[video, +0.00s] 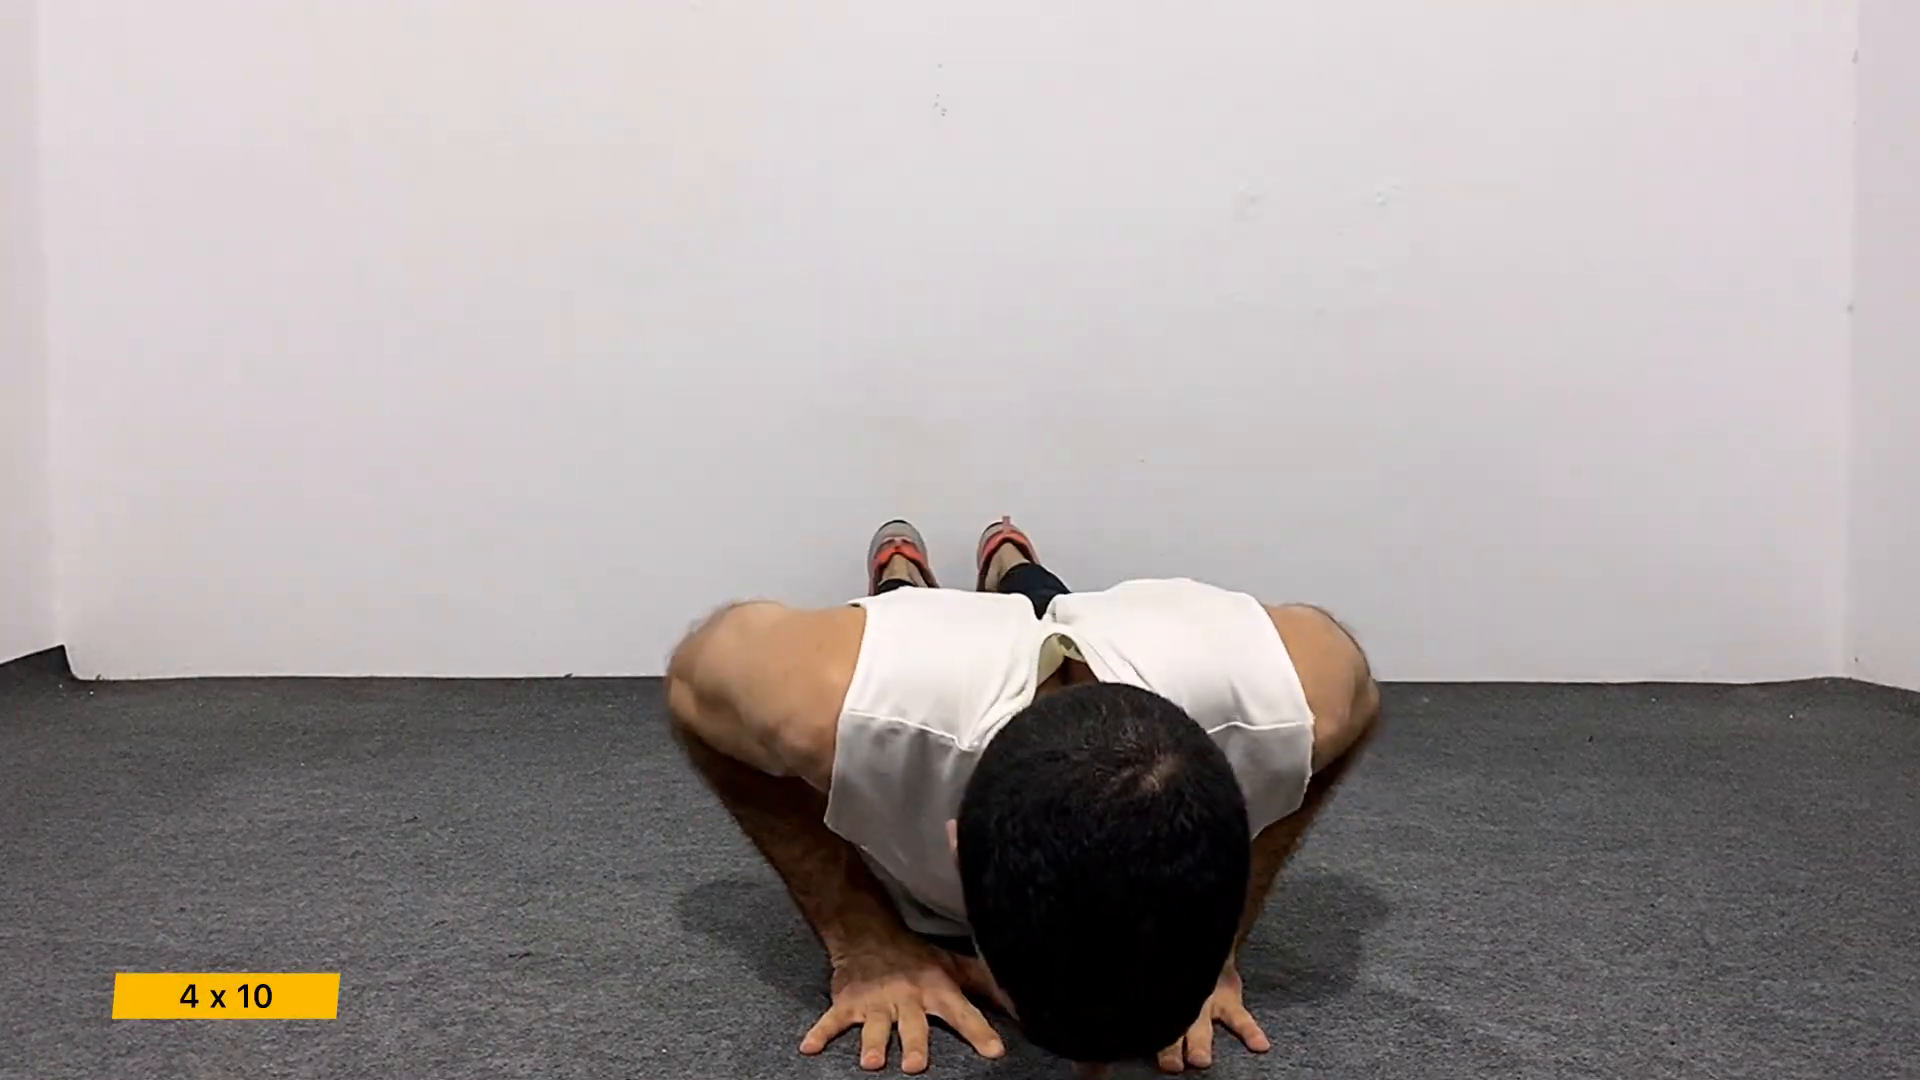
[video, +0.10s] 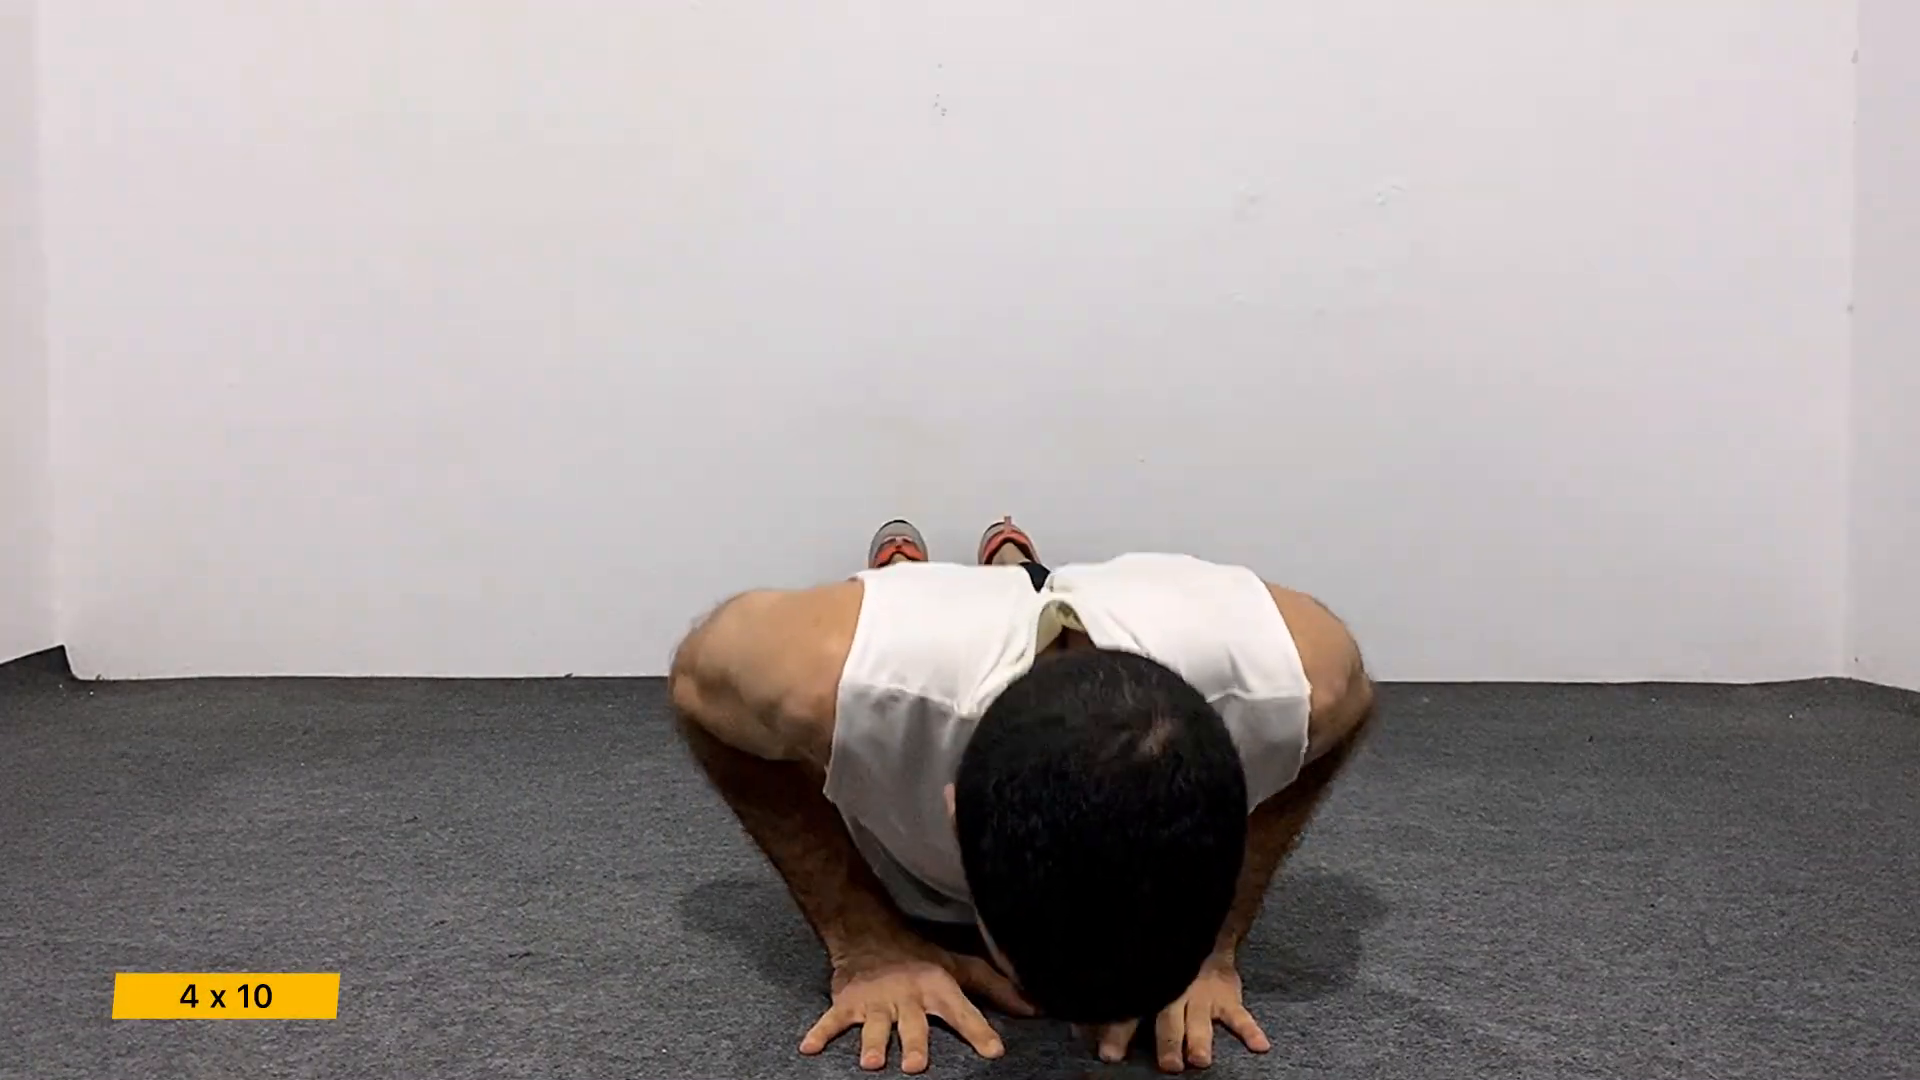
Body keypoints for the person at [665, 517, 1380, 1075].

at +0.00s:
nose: (1095, 1072)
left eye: (1134, 1052)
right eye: (1062, 1048)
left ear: (1235, 875)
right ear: (964, 852)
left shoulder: (1301, 694)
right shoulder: (835, 703)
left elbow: (1356, 695)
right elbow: (698, 679)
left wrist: (1225, 939)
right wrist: (857, 931)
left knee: (1055, 624)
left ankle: (1019, 576)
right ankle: (904, 590)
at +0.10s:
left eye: (1122, 1018)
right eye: (1032, 999)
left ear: (1234, 808)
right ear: (956, 804)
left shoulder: (1303, 679)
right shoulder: (827, 680)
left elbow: (1347, 712)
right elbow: (702, 682)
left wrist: (1217, 947)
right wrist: (862, 939)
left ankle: (1012, 567)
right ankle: (897, 569)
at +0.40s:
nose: (1075, 633)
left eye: (1128, 592)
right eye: (1034, 588)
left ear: (1201, 488)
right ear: (950, 448)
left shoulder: (1278, 443)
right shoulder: (817, 428)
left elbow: (1303, 672)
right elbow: (728, 669)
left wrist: (1200, 929)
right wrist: (868, 936)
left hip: (1119, 720)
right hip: (901, 721)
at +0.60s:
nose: (1063, 369)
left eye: (1111, 322)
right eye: (1018, 320)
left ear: (1176, 221)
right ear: (943, 180)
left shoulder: (1259, 272)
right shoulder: (811, 263)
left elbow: (1256, 615)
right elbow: (796, 612)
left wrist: (1195, 931)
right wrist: (871, 934)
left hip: (1101, 613)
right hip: (909, 614)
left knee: (1058, 661)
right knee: (920, 667)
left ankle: (1031, 674)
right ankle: (921, 676)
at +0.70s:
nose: (1055, 333)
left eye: (1106, 283)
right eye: (1009, 282)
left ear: (1170, 190)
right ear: (936, 151)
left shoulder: (1254, 249)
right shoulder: (808, 241)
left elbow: (1239, 601)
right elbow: (824, 596)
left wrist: (1193, 927)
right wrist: (873, 931)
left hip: (1095, 594)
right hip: (913, 595)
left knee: (1052, 653)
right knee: (916, 660)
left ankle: (1029, 666)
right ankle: (918, 671)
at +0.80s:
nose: (1055, 366)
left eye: (1101, 317)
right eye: (1010, 315)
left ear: (1167, 219)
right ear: (936, 193)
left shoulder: (1254, 266)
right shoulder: (805, 258)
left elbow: (1250, 608)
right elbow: (802, 606)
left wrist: (1193, 930)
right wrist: (871, 934)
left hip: (1099, 608)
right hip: (907, 611)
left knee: (1058, 658)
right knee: (920, 666)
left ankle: (1032, 670)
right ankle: (916, 674)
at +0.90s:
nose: (1062, 437)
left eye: (1111, 392)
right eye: (1017, 391)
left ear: (1173, 292)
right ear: (939, 265)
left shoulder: (1257, 303)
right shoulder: (808, 299)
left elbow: (1269, 624)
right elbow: (768, 625)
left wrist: (1193, 932)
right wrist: (868, 934)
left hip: (1101, 643)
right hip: (905, 646)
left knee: (1076, 677)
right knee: (909, 678)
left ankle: (1060, 677)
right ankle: (911, 678)